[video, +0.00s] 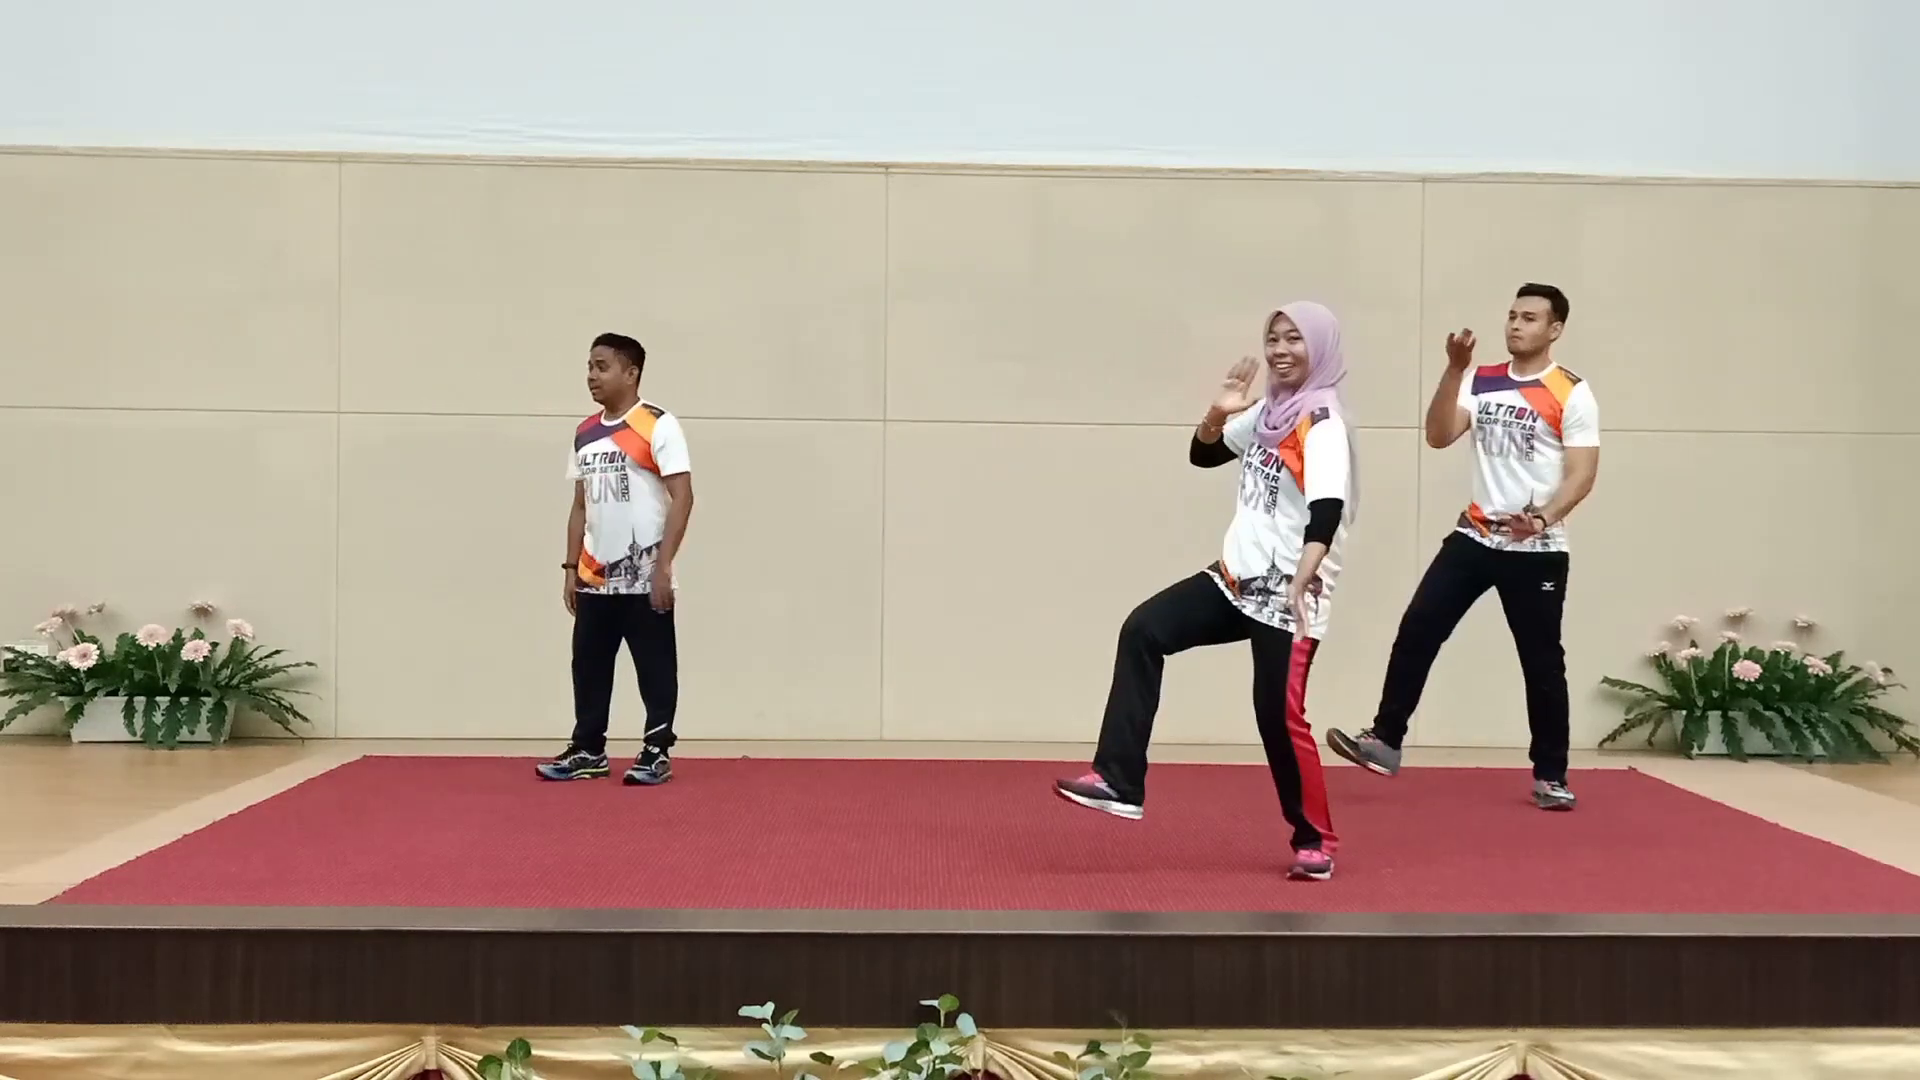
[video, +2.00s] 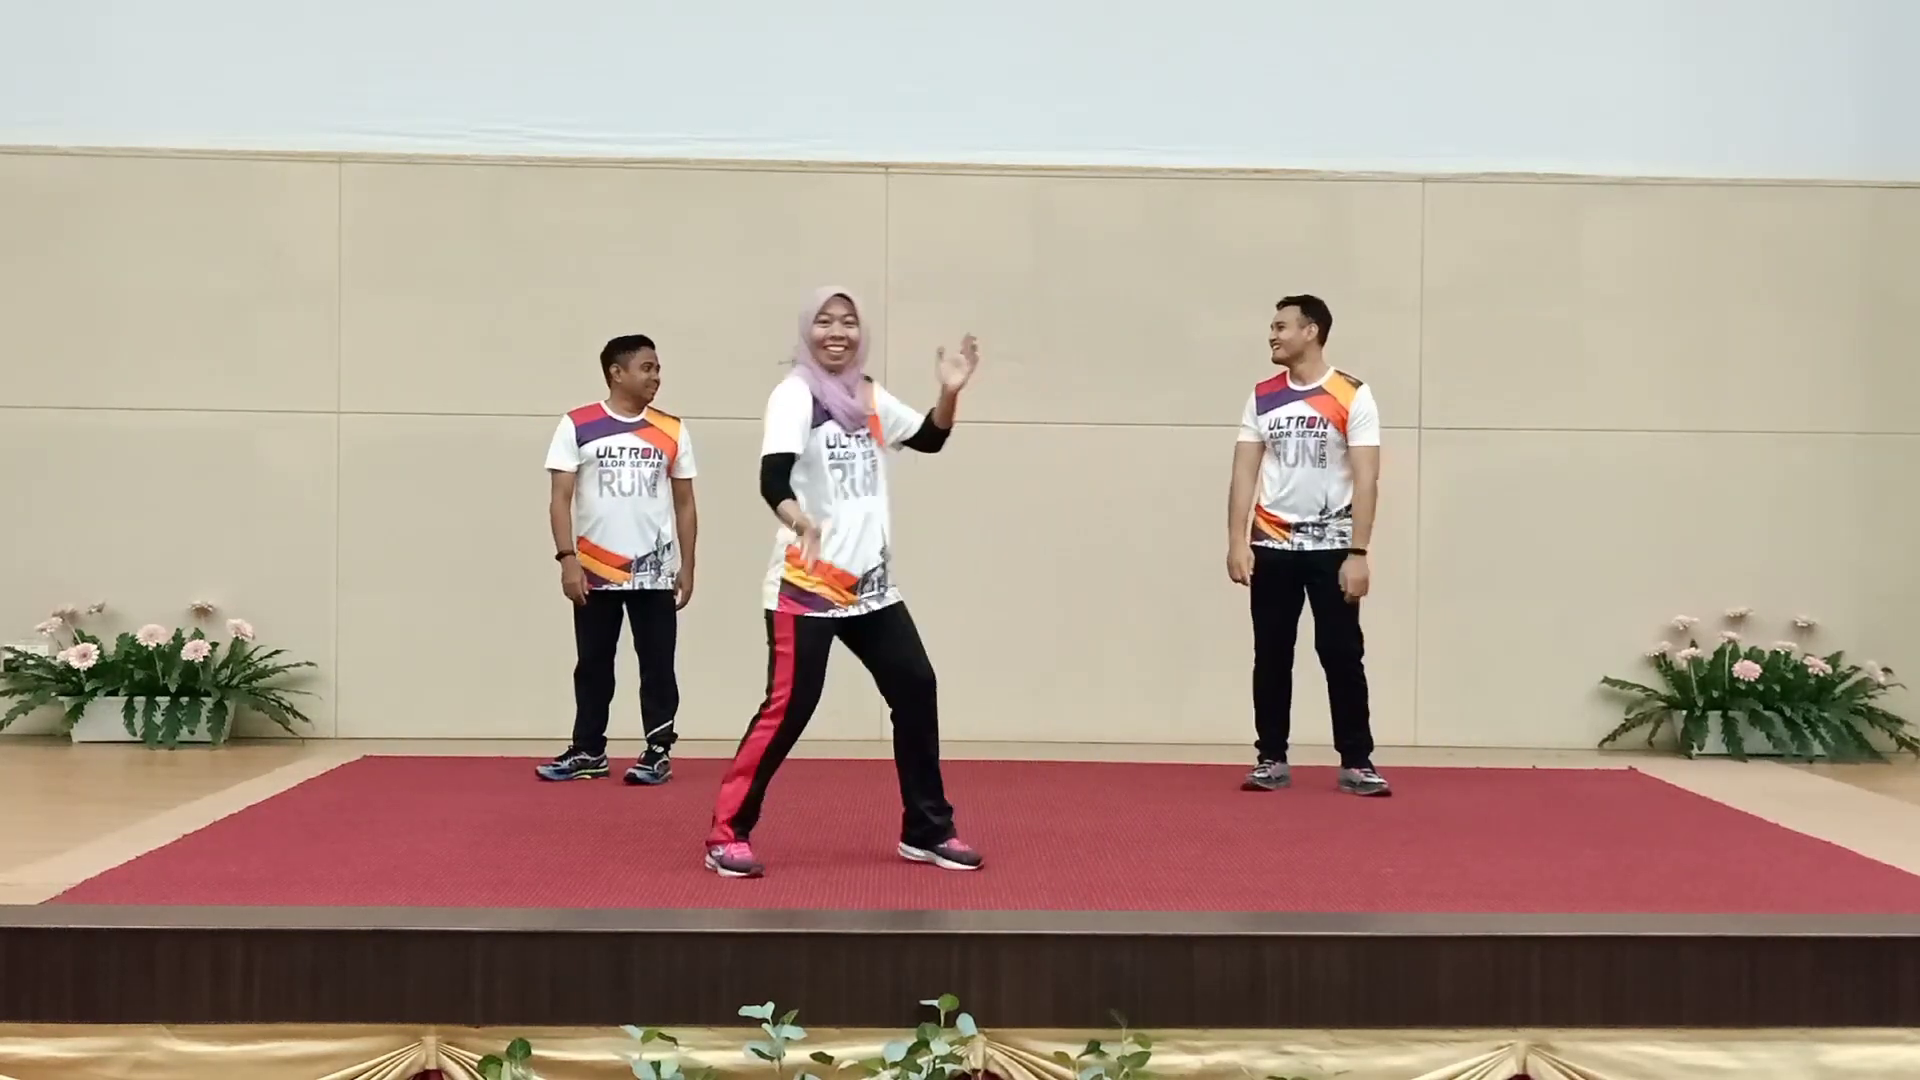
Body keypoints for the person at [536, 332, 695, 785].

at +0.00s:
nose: (590, 375)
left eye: (600, 366)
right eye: (589, 367)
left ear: (631, 372)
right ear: (595, 373)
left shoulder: (660, 426)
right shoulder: (587, 432)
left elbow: (682, 498)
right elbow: (581, 505)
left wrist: (663, 567)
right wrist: (571, 567)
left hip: (646, 578)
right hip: (596, 578)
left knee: (656, 670)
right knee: (589, 668)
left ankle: (656, 753)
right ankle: (588, 751)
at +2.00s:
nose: (657, 375)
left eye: (658, 367)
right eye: (647, 368)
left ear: (654, 373)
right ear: (616, 373)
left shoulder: (673, 431)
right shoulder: (577, 424)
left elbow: (684, 504)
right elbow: (560, 498)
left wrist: (687, 565)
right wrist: (567, 559)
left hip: (656, 570)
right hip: (596, 570)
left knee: (658, 666)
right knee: (592, 667)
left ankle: (658, 753)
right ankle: (588, 752)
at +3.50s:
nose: (583, 390)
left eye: (590, 381)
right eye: (583, 381)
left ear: (620, 382)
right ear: (607, 382)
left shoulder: (667, 432)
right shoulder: (586, 434)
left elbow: (694, 502)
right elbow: (548, 493)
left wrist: (677, 568)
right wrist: (504, 543)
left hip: (656, 576)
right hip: (603, 575)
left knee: (663, 670)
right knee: (596, 668)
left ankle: (655, 755)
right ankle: (588, 753)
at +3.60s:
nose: (588, 386)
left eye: (594, 378)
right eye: (588, 377)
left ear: (623, 379)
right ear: (615, 379)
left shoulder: (670, 428)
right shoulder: (588, 429)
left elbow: (699, 498)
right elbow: (528, 458)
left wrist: (691, 568)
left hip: (658, 576)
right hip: (605, 575)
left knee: (662, 672)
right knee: (596, 668)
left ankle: (656, 755)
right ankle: (589, 752)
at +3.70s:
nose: (591, 385)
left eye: (597, 376)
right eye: (591, 376)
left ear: (625, 377)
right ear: (615, 378)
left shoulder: (672, 428)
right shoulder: (591, 426)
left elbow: (700, 498)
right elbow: (525, 443)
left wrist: (695, 569)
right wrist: (459, 448)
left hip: (659, 577)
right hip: (605, 575)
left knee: (662, 672)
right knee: (596, 668)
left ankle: (656, 755)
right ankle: (589, 753)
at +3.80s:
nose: (597, 380)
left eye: (604, 372)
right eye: (597, 372)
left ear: (634, 375)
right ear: (620, 376)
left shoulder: (675, 428)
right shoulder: (593, 423)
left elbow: (701, 498)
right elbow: (529, 428)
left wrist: (694, 567)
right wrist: (463, 422)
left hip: (656, 576)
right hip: (602, 574)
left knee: (661, 672)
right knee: (594, 667)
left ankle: (656, 754)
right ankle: (589, 753)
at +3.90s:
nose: (603, 379)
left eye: (612, 370)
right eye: (602, 370)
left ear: (643, 373)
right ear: (604, 374)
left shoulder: (676, 428)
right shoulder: (594, 423)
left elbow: (701, 499)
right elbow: (528, 429)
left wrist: (691, 567)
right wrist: (463, 423)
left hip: (655, 575)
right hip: (601, 573)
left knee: (661, 671)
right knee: (593, 667)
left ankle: (656, 754)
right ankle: (589, 752)